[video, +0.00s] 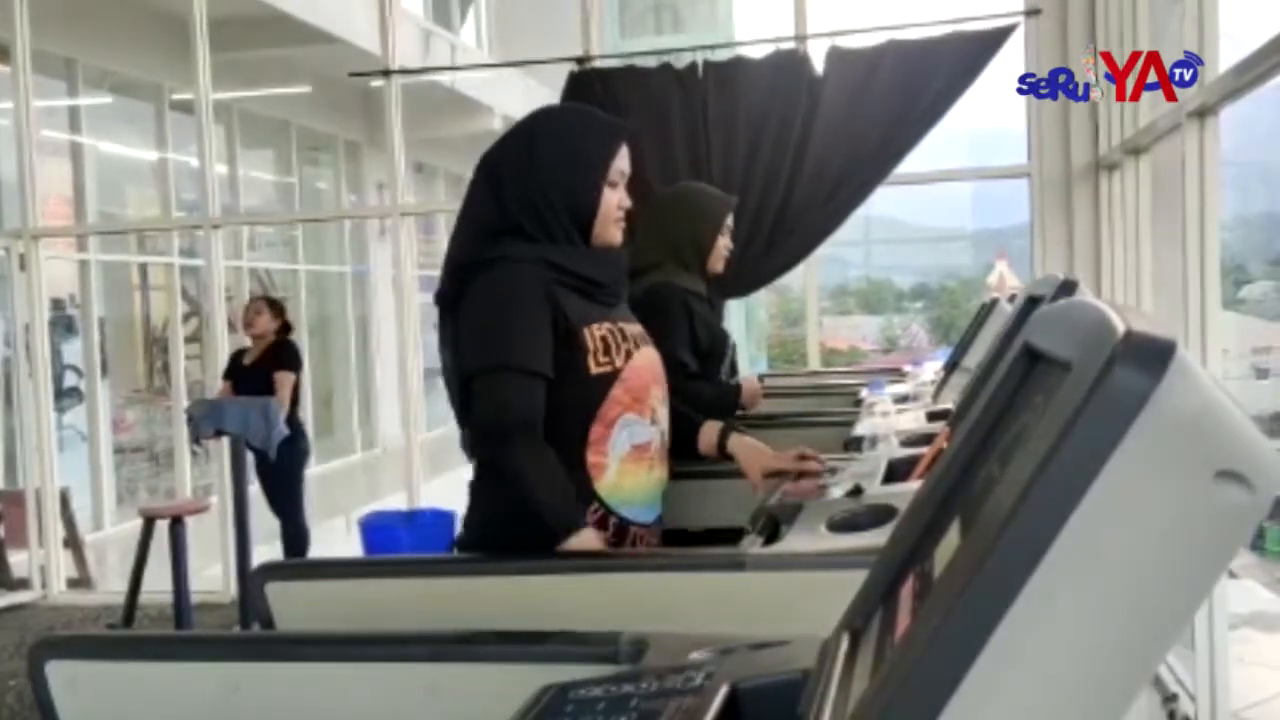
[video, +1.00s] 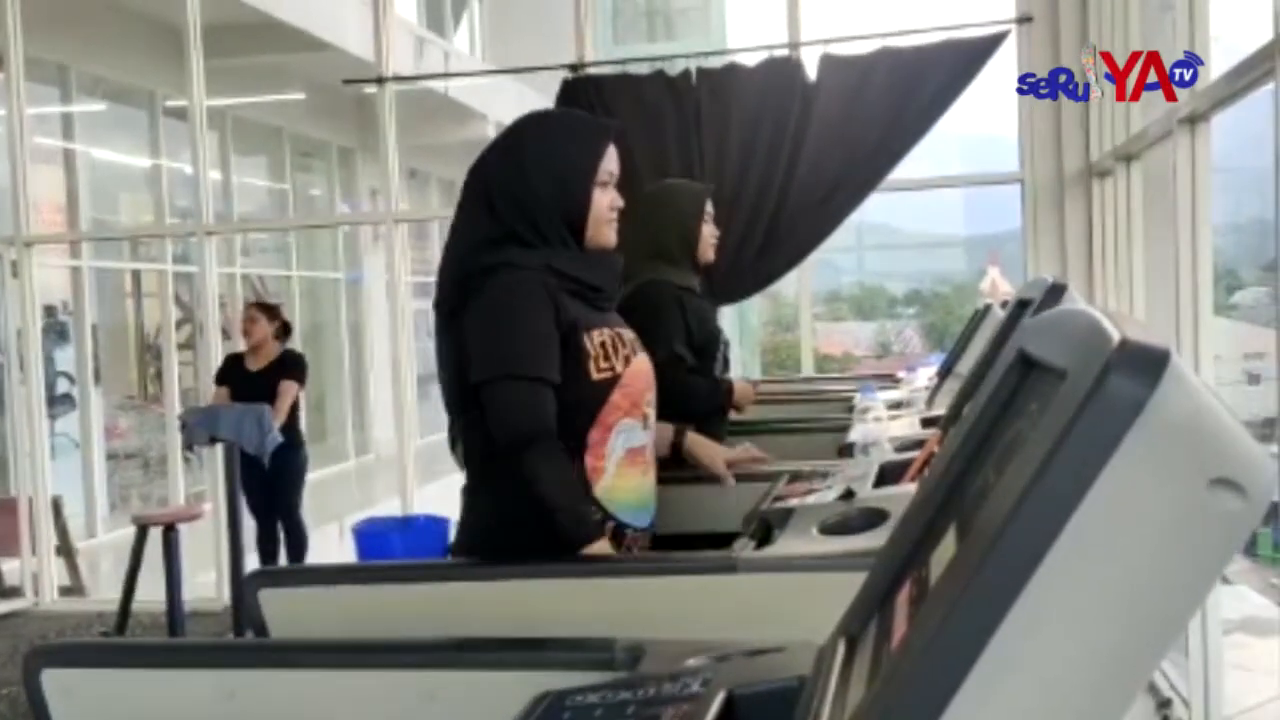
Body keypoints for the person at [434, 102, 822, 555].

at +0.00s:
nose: (627, 202)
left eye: (625, 186)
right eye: (613, 185)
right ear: (563, 183)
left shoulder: (592, 282)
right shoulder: (511, 285)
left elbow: (633, 405)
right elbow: (508, 441)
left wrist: (734, 443)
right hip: (538, 569)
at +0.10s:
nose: (628, 198)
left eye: (625, 180)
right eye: (614, 178)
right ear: (562, 177)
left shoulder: (594, 275)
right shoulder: (505, 281)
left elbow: (634, 397)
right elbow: (487, 441)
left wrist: (737, 440)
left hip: (614, 544)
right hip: (544, 557)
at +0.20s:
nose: (626, 203)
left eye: (625, 186)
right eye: (611, 185)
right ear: (561, 182)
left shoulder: (596, 285)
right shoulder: (501, 292)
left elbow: (628, 408)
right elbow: (457, 450)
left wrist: (737, 441)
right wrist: (424, 582)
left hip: (611, 556)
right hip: (528, 572)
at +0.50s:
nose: (618, 205)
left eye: (614, 187)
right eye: (602, 186)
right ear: (552, 188)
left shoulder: (581, 287)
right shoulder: (501, 299)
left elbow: (598, 421)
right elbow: (484, 460)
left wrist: (702, 439)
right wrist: (478, 592)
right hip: (545, 567)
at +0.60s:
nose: (613, 199)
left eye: (610, 181)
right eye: (599, 180)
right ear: (550, 181)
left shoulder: (569, 284)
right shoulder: (503, 289)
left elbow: (585, 422)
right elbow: (497, 448)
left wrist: (682, 438)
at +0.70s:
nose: (611, 206)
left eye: (608, 189)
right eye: (598, 187)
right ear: (549, 187)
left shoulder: (564, 294)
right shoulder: (511, 294)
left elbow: (578, 424)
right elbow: (532, 447)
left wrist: (670, 440)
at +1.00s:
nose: (619, 201)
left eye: (615, 186)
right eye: (604, 185)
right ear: (557, 187)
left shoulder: (579, 286)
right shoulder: (516, 291)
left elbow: (592, 422)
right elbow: (528, 443)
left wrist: (682, 441)